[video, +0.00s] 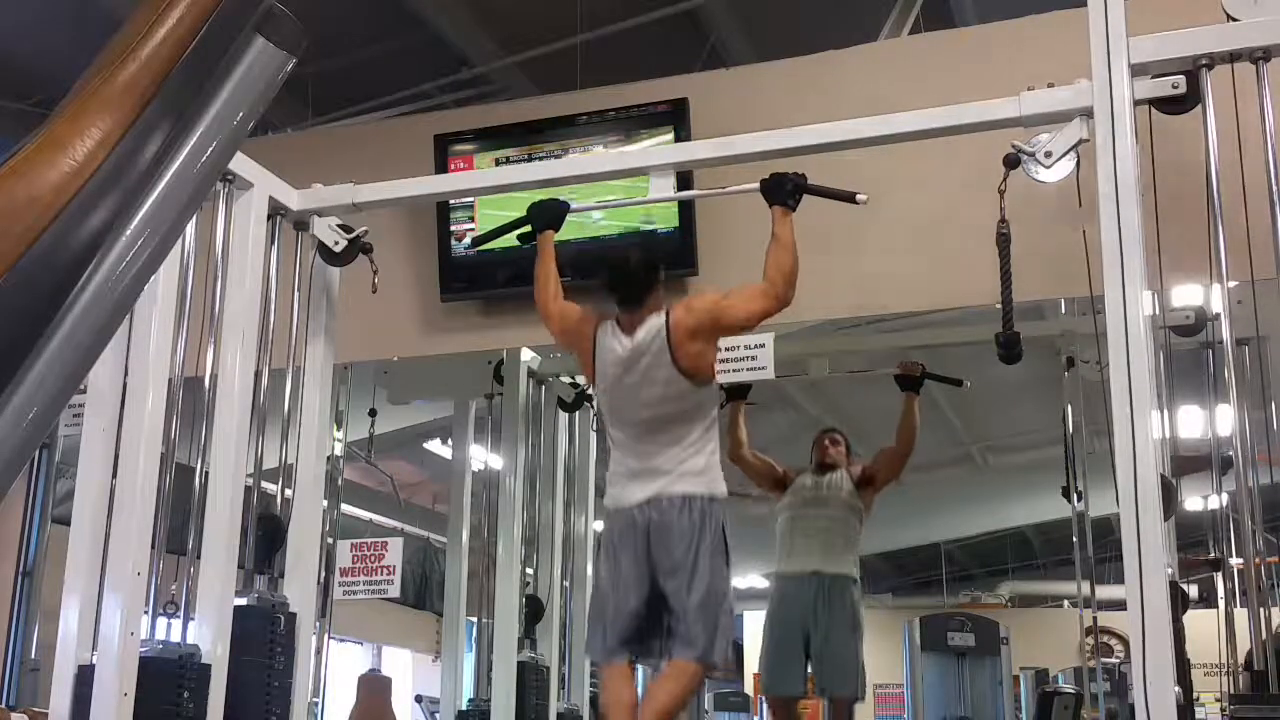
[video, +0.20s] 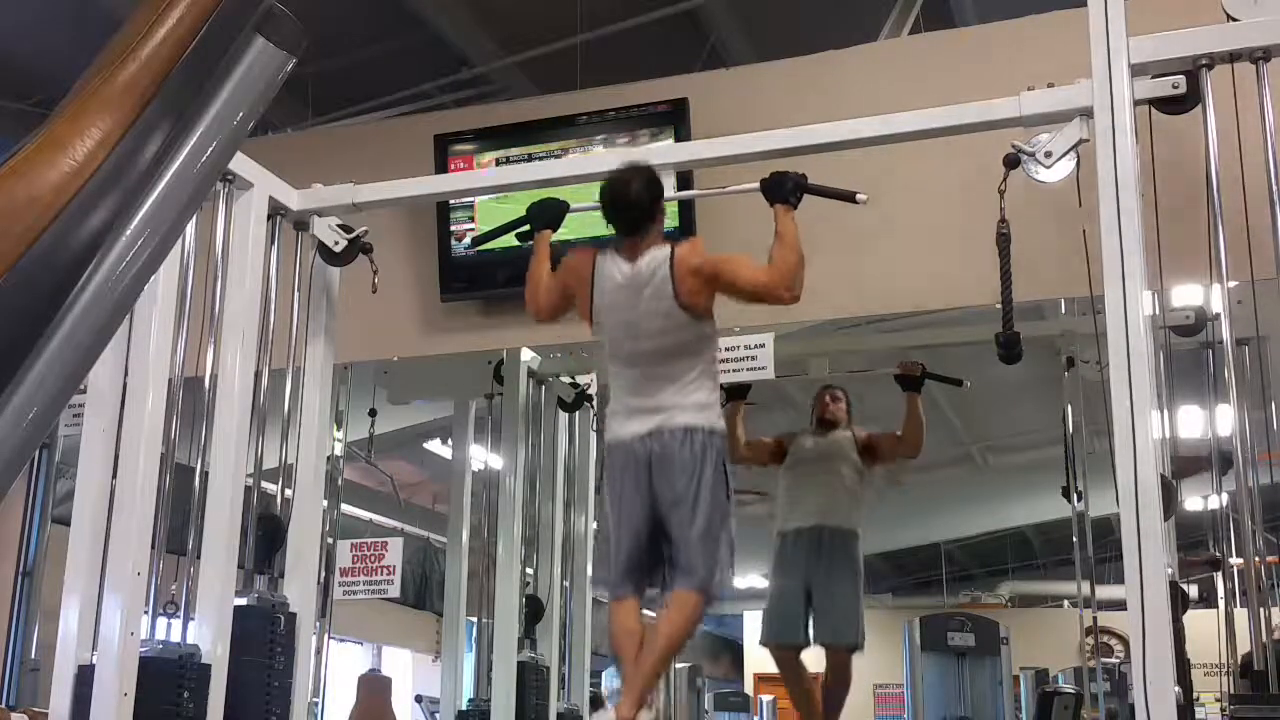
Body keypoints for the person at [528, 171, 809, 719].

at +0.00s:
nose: (662, 278)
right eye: (660, 272)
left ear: (609, 288)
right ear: (660, 281)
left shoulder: (590, 335)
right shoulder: (695, 319)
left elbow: (549, 303)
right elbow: (776, 292)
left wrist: (545, 237)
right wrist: (783, 210)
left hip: (623, 509)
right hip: (690, 506)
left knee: (614, 651)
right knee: (695, 648)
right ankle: (643, 714)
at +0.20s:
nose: (657, 209)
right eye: (658, 201)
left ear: (607, 216)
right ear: (661, 210)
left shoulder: (584, 265)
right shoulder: (692, 260)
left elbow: (541, 306)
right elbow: (783, 285)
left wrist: (541, 236)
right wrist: (785, 210)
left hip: (623, 441)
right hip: (689, 437)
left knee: (623, 585)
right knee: (694, 579)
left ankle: (632, 710)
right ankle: (627, 708)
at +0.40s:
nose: (664, 160)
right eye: (665, 152)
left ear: (613, 175)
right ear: (667, 164)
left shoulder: (589, 230)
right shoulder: (699, 222)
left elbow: (541, 301)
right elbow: (775, 278)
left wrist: (540, 233)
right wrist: (785, 207)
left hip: (631, 397)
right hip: (694, 390)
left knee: (635, 541)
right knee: (698, 535)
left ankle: (656, 671)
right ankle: (640, 669)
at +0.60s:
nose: (666, 196)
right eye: (665, 190)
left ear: (612, 210)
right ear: (665, 202)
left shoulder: (587, 264)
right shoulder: (699, 254)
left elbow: (540, 305)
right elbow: (786, 284)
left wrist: (541, 234)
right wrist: (784, 207)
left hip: (629, 436)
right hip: (694, 431)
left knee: (641, 587)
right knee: (699, 578)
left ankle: (656, 712)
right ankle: (650, 710)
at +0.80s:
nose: (672, 273)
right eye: (668, 267)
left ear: (613, 281)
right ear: (665, 276)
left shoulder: (592, 329)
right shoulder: (698, 318)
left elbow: (546, 302)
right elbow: (782, 289)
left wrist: (543, 235)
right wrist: (784, 209)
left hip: (628, 509)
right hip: (694, 504)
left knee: (631, 654)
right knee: (704, 650)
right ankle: (660, 718)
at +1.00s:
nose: (668, 301)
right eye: (665, 296)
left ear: (610, 318)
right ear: (665, 310)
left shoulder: (594, 358)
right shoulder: (700, 346)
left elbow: (553, 305)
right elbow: (771, 295)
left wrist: (545, 235)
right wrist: (781, 211)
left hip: (626, 538)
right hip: (693, 534)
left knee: (618, 687)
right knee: (690, 684)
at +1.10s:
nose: (664, 287)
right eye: (662, 283)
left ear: (610, 306)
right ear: (663, 296)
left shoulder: (592, 346)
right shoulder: (699, 332)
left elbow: (551, 304)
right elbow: (774, 293)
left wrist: (545, 237)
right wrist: (783, 210)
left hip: (624, 522)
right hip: (692, 518)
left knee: (616, 670)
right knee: (691, 667)